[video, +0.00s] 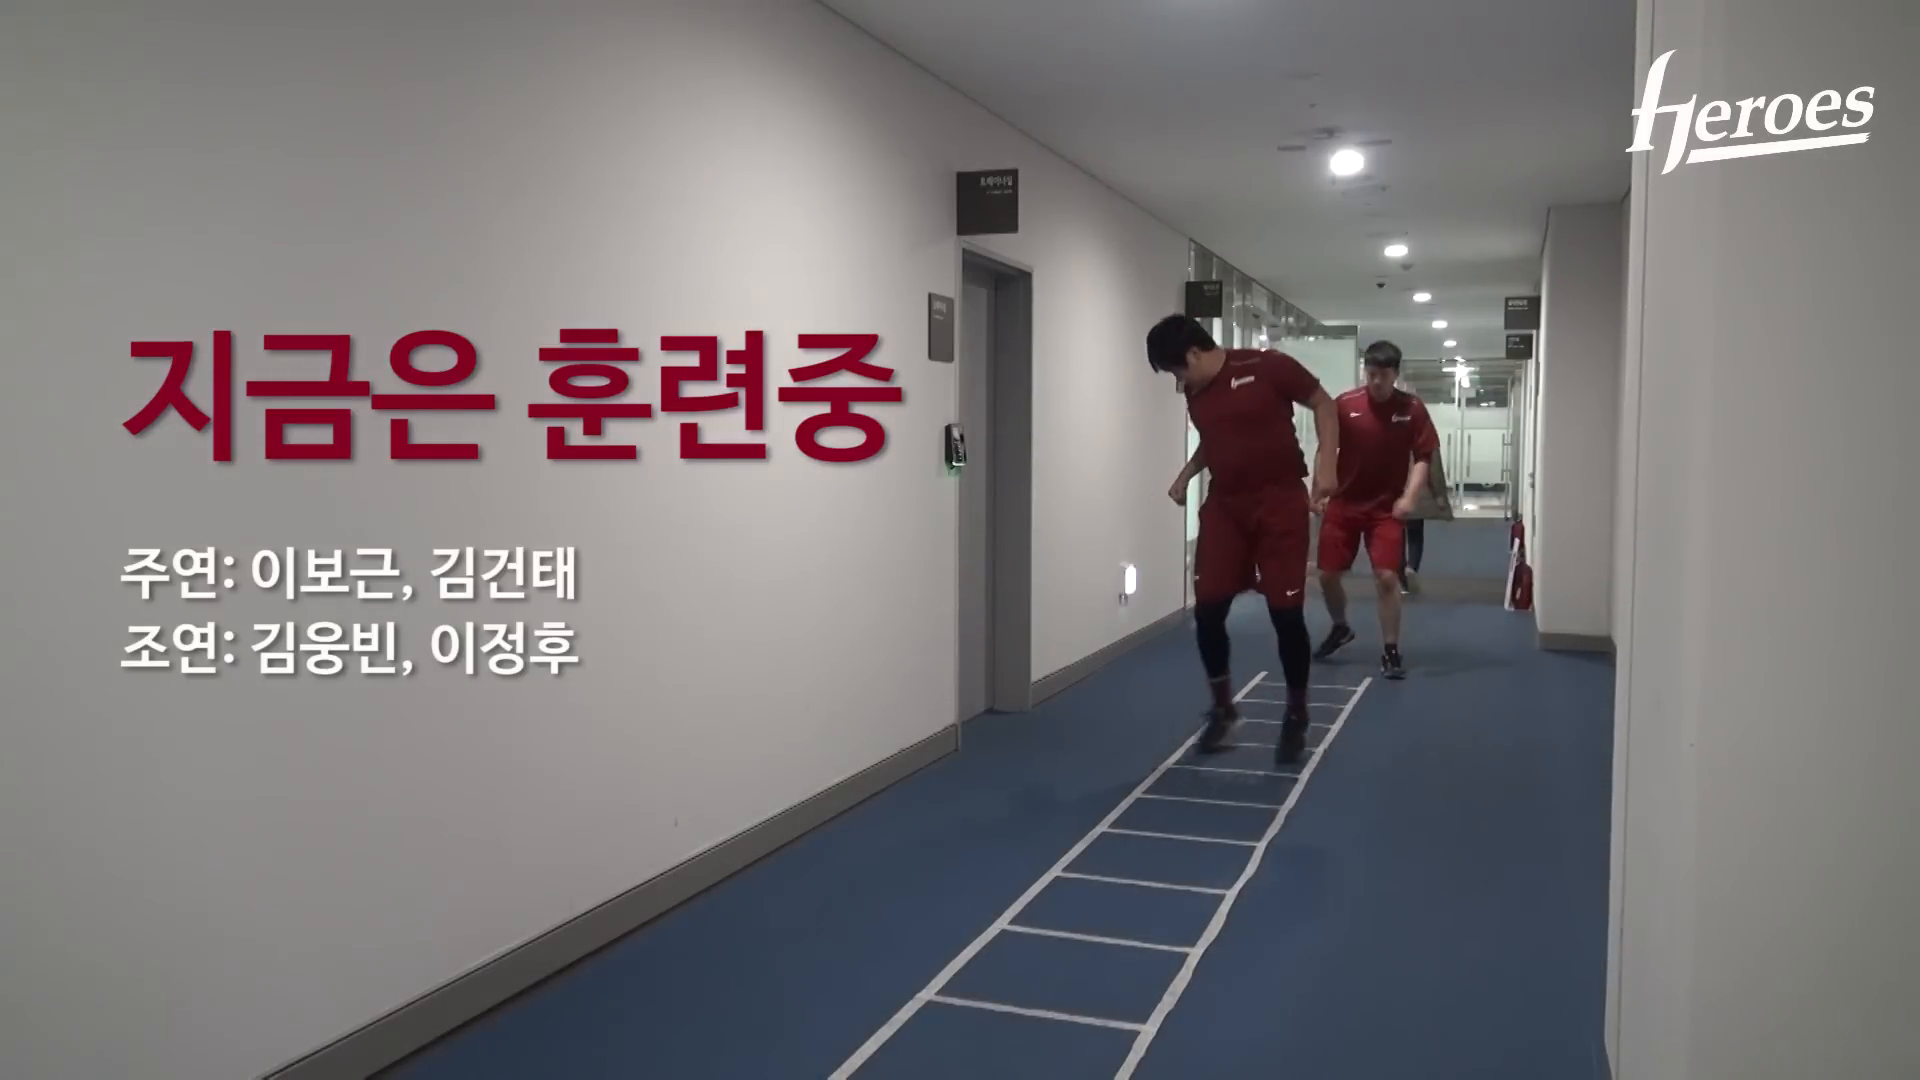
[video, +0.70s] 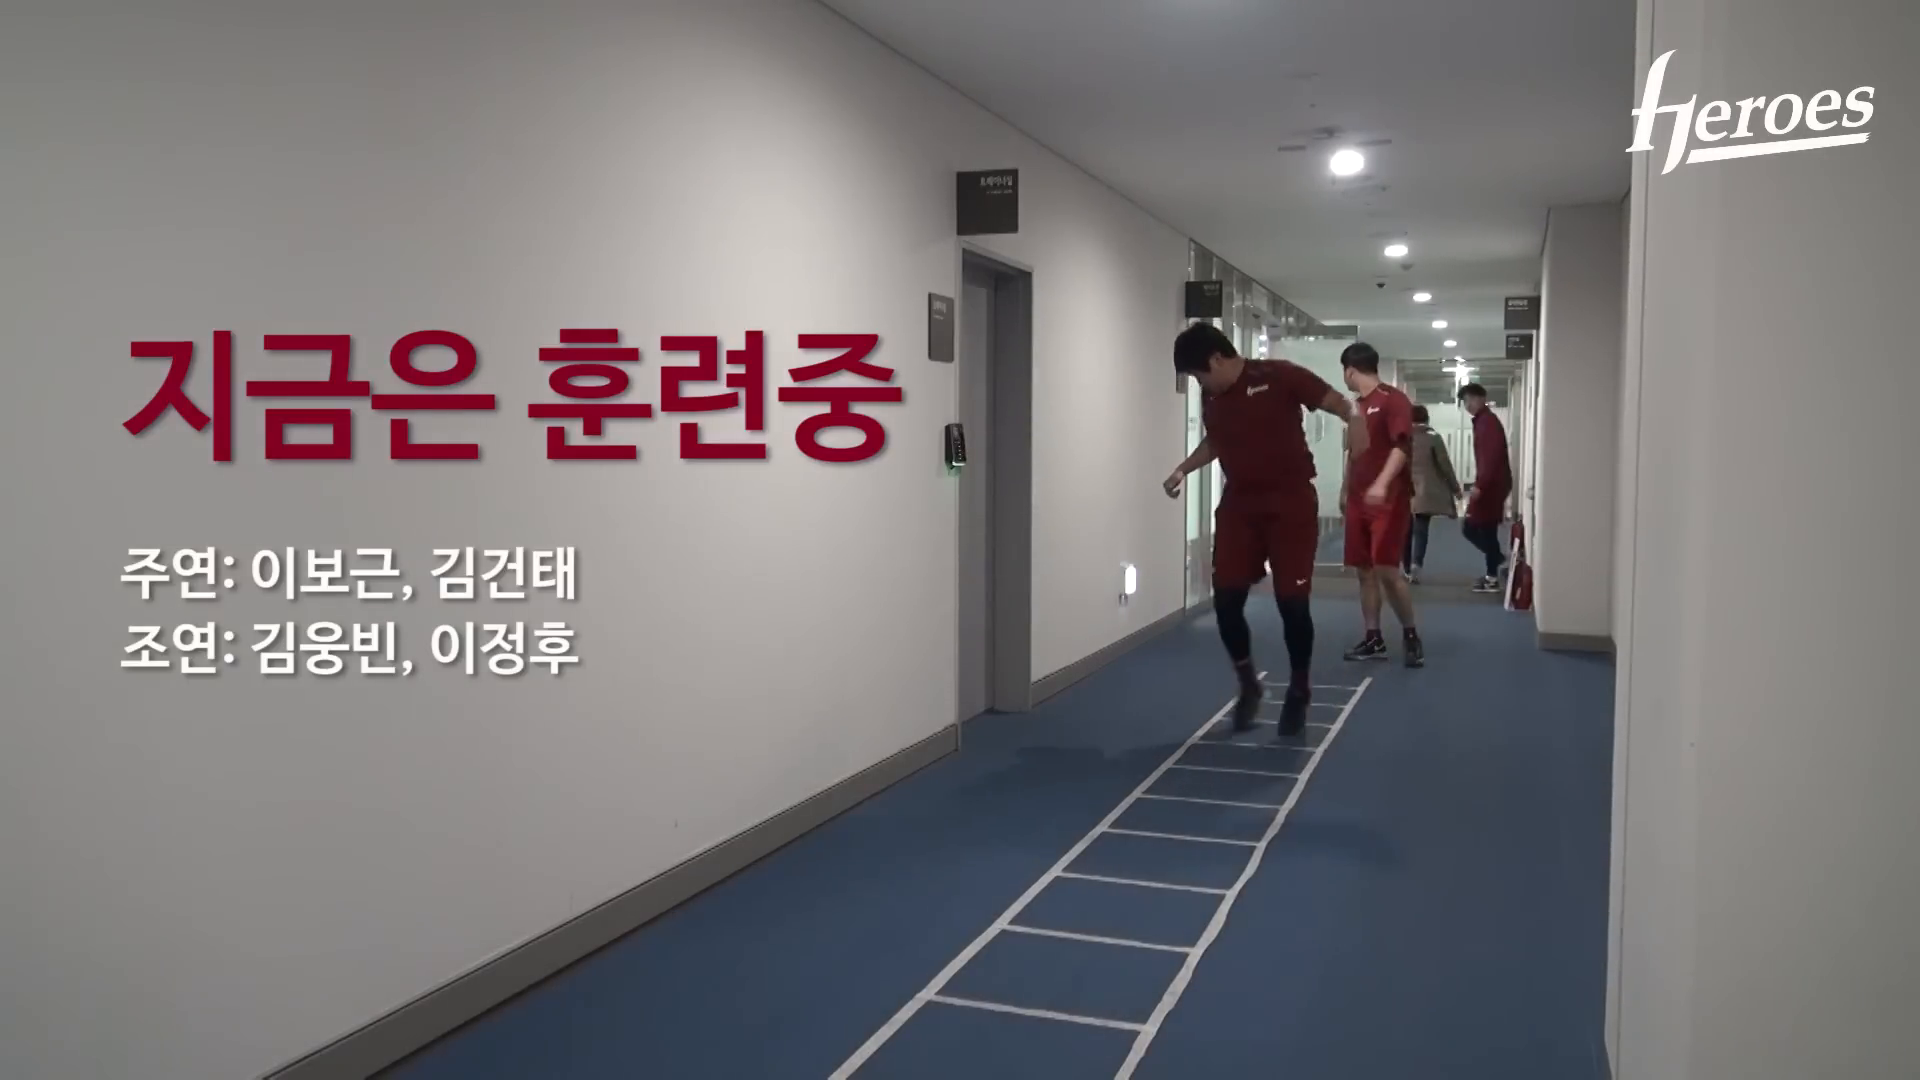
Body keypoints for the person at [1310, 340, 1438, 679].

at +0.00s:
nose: (1378, 380)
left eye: (1385, 374)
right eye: (1372, 373)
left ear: (1397, 374)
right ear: (1364, 371)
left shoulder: (1412, 409)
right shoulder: (1343, 405)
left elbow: (1422, 456)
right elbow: (1325, 448)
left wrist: (1409, 497)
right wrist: (1319, 489)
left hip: (1386, 508)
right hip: (1342, 505)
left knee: (1387, 578)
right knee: (1328, 574)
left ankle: (1391, 650)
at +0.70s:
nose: (1343, 378)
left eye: (1344, 371)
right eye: (1344, 372)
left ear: (1353, 370)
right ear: (1365, 368)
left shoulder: (1395, 400)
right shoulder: (1357, 408)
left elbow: (1402, 446)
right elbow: (1355, 453)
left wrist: (1382, 482)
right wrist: (1347, 489)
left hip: (1389, 497)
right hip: (1359, 497)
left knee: (1386, 568)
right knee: (1365, 569)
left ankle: (1411, 635)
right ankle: (1372, 638)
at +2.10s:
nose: (1399, 378)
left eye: (1404, 372)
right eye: (1396, 374)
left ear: (1421, 371)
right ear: (1397, 376)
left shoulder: (1445, 404)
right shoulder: (1398, 411)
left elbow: (1463, 441)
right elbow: (1388, 449)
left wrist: (1430, 450)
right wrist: (1378, 471)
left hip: (1439, 500)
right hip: (1408, 500)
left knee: (1431, 565)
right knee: (1415, 564)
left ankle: (1436, 633)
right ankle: (1425, 621)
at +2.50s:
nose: (1413, 377)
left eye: (1419, 371)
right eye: (1408, 371)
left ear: (1429, 373)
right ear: (1399, 373)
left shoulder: (1446, 401)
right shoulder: (1389, 411)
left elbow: (1477, 414)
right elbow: (1382, 454)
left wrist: (1449, 382)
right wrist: (1374, 490)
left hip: (1441, 497)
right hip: (1406, 499)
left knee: (1445, 563)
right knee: (1417, 565)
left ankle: (1455, 627)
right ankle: (1424, 623)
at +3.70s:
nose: (1442, 372)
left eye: (1448, 366)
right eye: (1437, 366)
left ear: (1460, 369)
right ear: (1431, 368)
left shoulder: (1477, 403)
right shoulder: (1417, 406)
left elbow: (1507, 438)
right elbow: (1405, 452)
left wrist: (1502, 454)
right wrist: (1393, 488)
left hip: (1459, 502)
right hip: (1419, 499)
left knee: (1458, 571)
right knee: (1403, 565)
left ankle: (1459, 633)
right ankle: (1391, 629)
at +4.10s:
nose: (1407, 372)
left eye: (1413, 366)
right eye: (1402, 367)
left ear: (1425, 368)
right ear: (1396, 370)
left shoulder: (1447, 405)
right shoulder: (1381, 410)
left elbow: (1459, 449)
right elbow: (1367, 456)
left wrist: (1458, 488)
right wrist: (1352, 489)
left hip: (1427, 499)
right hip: (1386, 499)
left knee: (1438, 570)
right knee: (1384, 569)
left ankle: (1455, 629)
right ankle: (1381, 634)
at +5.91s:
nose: (1375, 374)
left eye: (1380, 367)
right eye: (1373, 367)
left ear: (1400, 367)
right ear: (1375, 370)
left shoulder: (1423, 403)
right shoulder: (1376, 404)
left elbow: (1426, 458)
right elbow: (1369, 451)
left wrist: (1411, 501)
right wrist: (1362, 491)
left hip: (1404, 499)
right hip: (1373, 498)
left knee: (1402, 572)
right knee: (1354, 567)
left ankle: (1405, 642)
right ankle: (1371, 624)